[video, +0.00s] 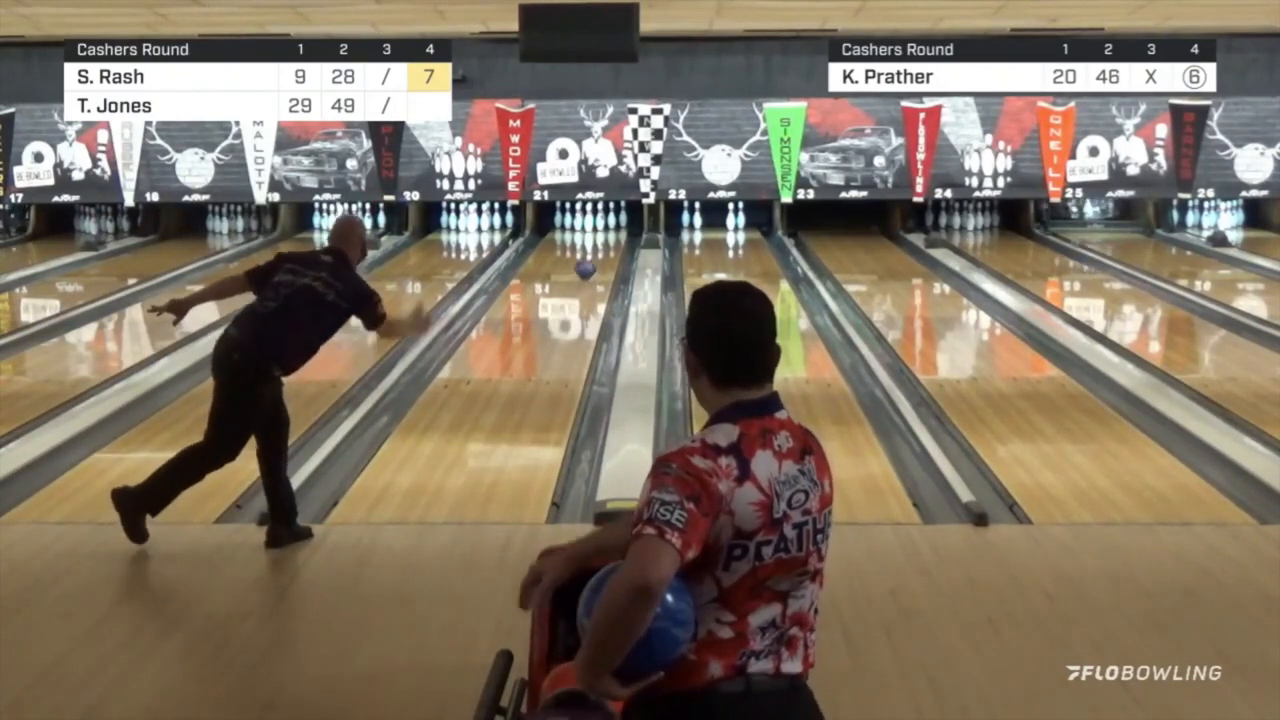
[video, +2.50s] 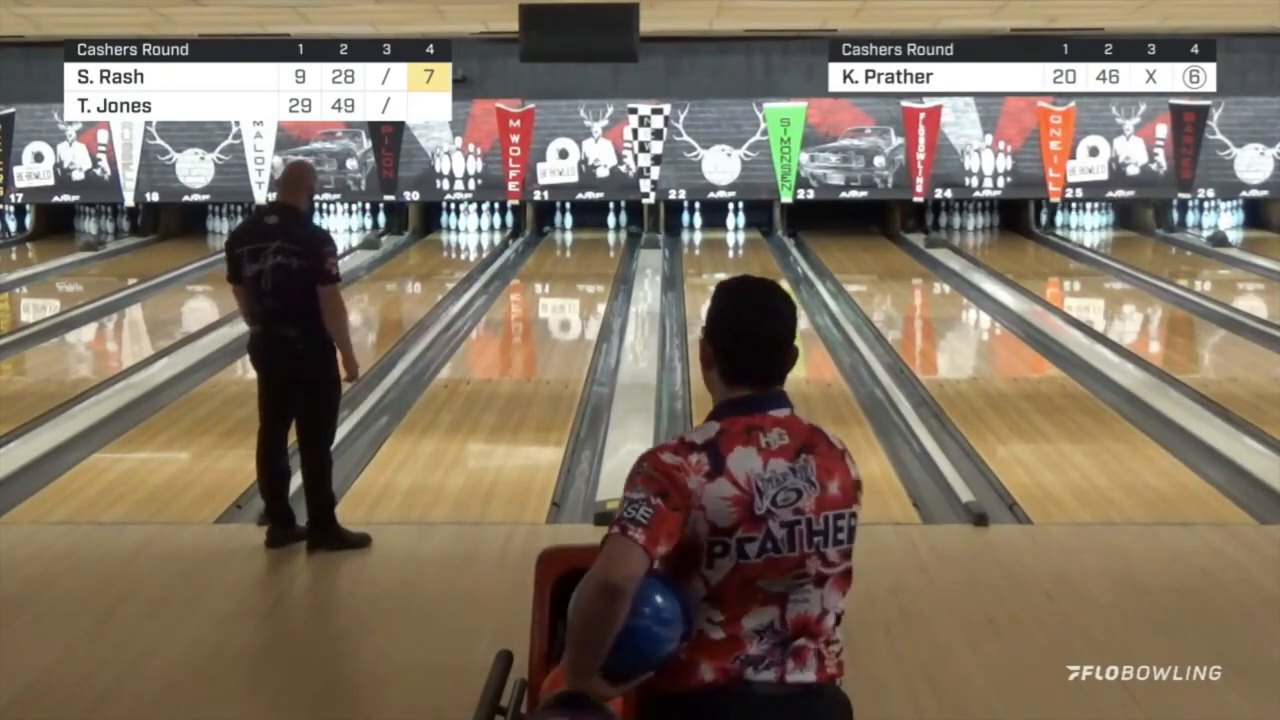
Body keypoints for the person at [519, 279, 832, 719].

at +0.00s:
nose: (685, 361)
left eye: (685, 350)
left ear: (691, 362)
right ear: (775, 356)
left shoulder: (691, 467)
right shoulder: (808, 449)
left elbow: (646, 579)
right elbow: (686, 516)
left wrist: (591, 669)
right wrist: (577, 553)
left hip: (693, 699)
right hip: (787, 694)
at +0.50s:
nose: (693, 357)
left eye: (694, 347)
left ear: (701, 360)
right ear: (782, 357)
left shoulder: (701, 468)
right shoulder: (816, 452)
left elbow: (650, 581)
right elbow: (674, 518)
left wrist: (590, 672)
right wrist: (569, 565)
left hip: (699, 697)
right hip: (793, 691)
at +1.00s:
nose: (700, 354)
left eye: (701, 345)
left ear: (705, 358)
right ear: (791, 359)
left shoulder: (704, 468)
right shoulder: (821, 451)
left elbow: (652, 582)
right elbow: (680, 509)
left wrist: (594, 673)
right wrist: (575, 542)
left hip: (702, 700)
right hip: (799, 694)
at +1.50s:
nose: (702, 354)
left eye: (703, 343)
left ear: (710, 359)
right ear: (794, 358)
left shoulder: (709, 469)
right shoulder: (823, 452)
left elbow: (661, 587)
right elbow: (675, 519)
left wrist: (601, 681)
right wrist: (579, 560)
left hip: (708, 698)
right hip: (803, 693)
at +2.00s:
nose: (705, 350)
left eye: (706, 341)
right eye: (707, 340)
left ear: (712, 355)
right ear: (795, 359)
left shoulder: (706, 467)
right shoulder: (822, 453)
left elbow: (657, 582)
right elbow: (673, 522)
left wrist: (598, 678)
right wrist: (571, 565)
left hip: (706, 701)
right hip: (802, 695)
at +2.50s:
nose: (699, 348)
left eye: (701, 338)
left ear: (706, 353)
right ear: (792, 358)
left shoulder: (677, 466)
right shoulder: (837, 461)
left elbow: (615, 578)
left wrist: (579, 674)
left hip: (700, 696)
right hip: (817, 695)